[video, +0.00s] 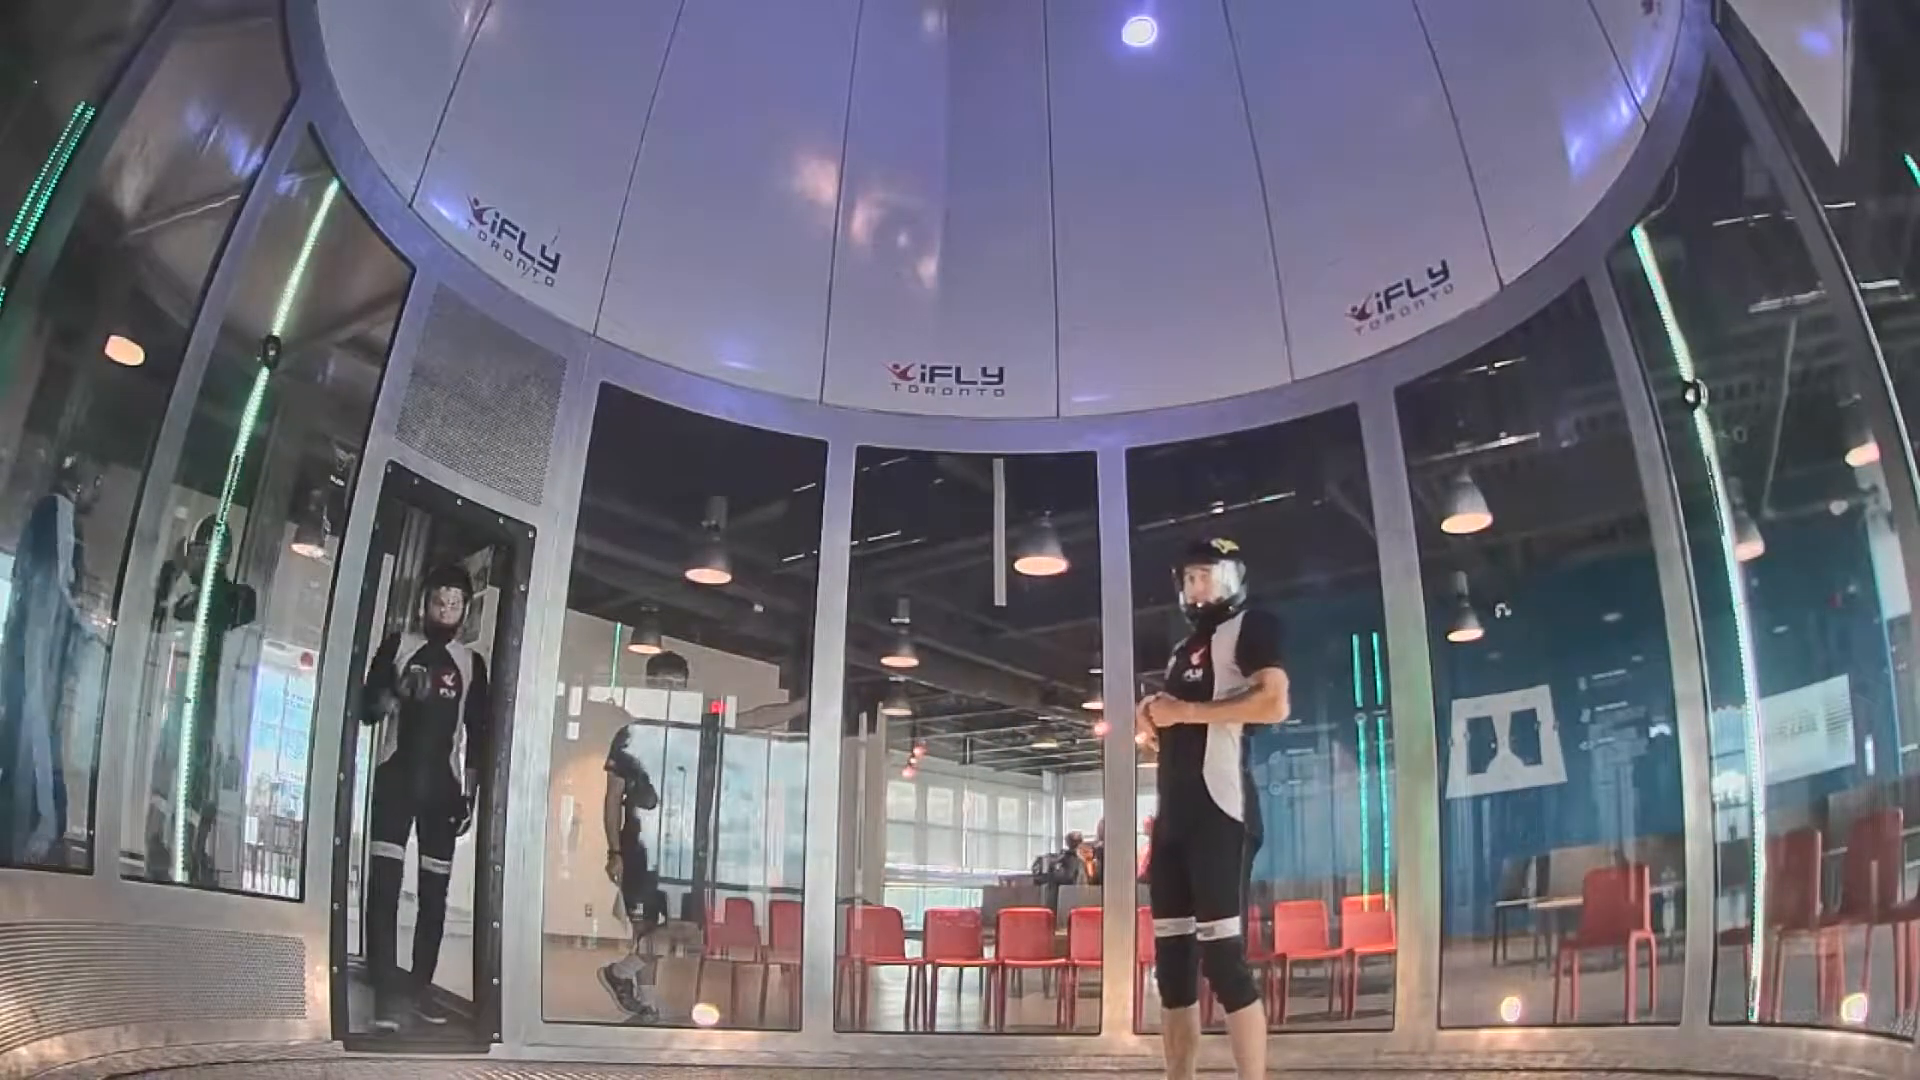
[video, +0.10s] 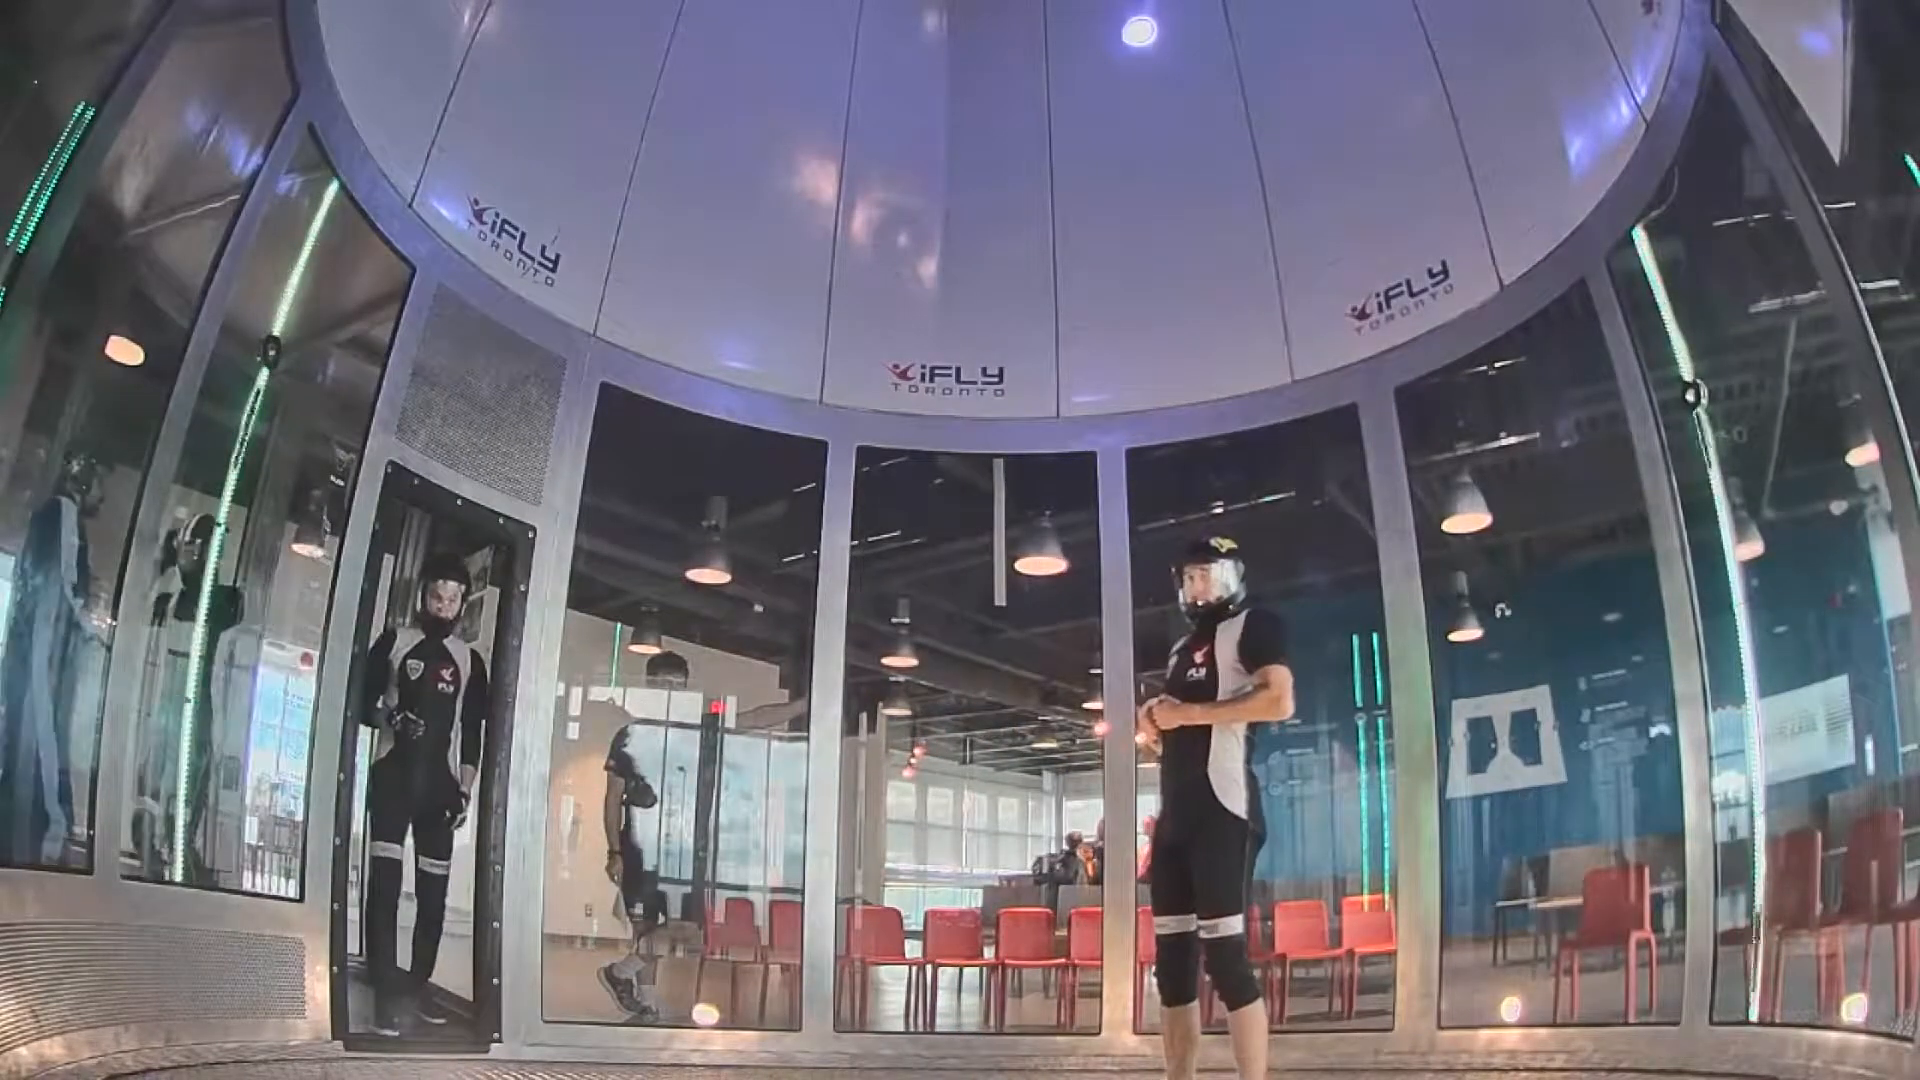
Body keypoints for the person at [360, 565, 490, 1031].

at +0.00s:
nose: (446, 608)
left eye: (455, 602)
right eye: (440, 599)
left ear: (466, 607)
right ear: (427, 601)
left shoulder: (473, 662)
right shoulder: (399, 645)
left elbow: (479, 731)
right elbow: (367, 708)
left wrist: (473, 789)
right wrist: (397, 688)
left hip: (444, 784)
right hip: (394, 778)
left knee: (434, 895)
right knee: (385, 887)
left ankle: (418, 994)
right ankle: (386, 996)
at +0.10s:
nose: (445, 604)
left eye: (454, 597)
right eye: (438, 594)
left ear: (463, 602)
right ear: (424, 594)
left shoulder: (472, 659)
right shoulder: (394, 642)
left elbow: (474, 726)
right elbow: (359, 704)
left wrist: (466, 782)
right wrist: (389, 718)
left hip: (440, 785)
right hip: (391, 777)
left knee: (433, 896)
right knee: (385, 887)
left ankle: (418, 996)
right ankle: (386, 997)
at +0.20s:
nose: (442, 596)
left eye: (451, 590)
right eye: (435, 587)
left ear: (462, 596)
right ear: (421, 589)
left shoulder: (472, 655)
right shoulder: (391, 635)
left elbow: (472, 723)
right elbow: (359, 698)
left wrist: (461, 774)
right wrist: (389, 719)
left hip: (438, 779)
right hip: (389, 771)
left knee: (438, 893)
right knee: (384, 882)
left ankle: (418, 989)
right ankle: (386, 994)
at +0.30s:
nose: (441, 591)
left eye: (450, 585)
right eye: (434, 582)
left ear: (461, 593)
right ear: (420, 585)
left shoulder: (471, 653)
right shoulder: (389, 634)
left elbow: (473, 722)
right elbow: (353, 697)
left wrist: (458, 762)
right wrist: (382, 712)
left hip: (437, 779)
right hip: (387, 772)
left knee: (442, 896)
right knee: (380, 884)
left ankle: (414, 979)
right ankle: (385, 996)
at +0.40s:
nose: (443, 587)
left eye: (452, 580)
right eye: (435, 577)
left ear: (464, 587)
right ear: (421, 581)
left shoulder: (475, 645)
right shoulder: (389, 633)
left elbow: (490, 717)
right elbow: (355, 702)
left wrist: (459, 703)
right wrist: (391, 673)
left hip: (439, 776)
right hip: (387, 771)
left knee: (445, 891)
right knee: (381, 883)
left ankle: (419, 994)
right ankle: (387, 1000)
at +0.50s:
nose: (446, 585)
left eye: (455, 578)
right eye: (438, 575)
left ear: (466, 584)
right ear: (423, 578)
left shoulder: (477, 638)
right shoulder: (395, 629)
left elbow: (499, 706)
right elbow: (358, 699)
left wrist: (466, 679)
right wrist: (385, 662)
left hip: (441, 773)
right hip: (389, 768)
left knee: (441, 890)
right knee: (383, 884)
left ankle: (429, 1004)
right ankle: (385, 1003)